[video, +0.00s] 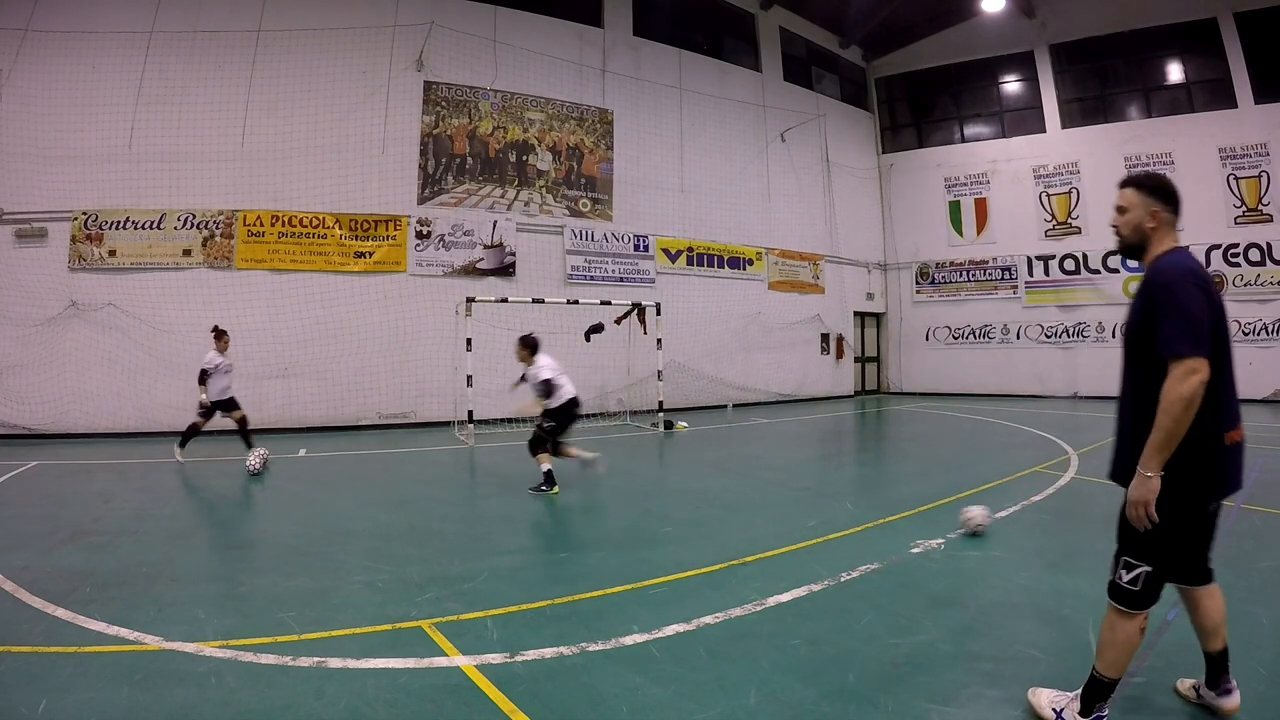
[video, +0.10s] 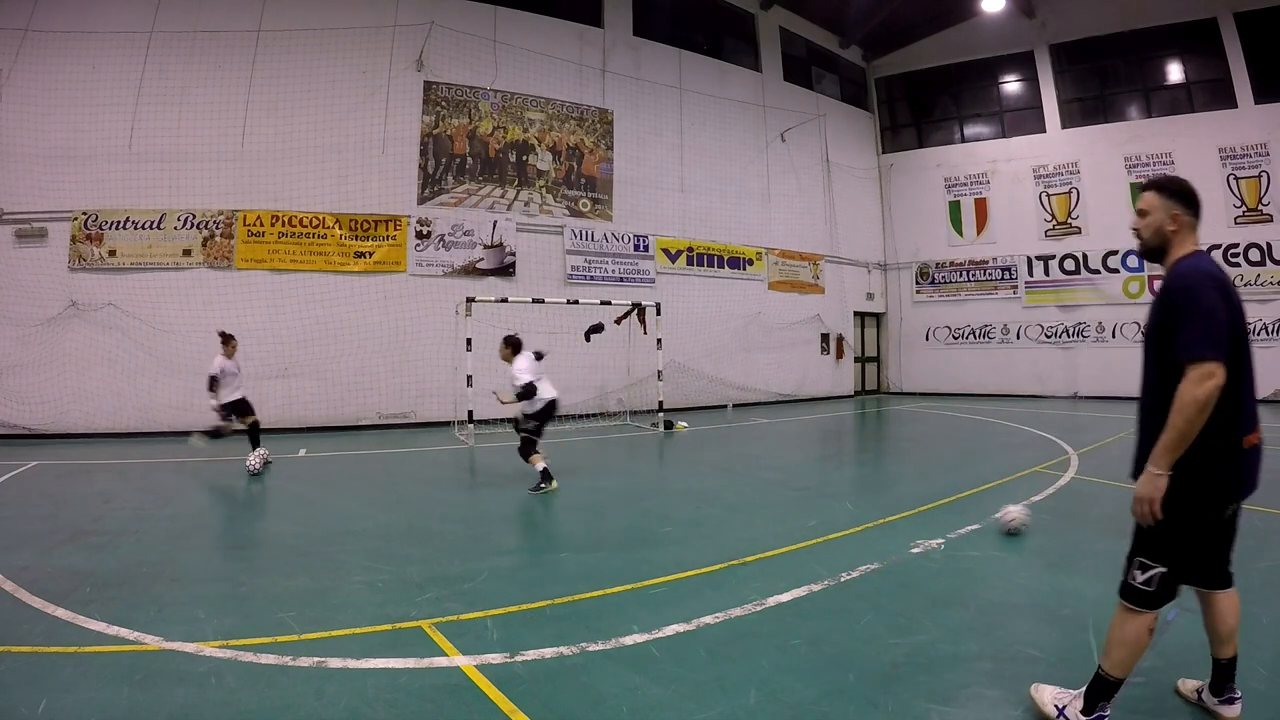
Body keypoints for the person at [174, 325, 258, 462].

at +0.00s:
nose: (227, 345)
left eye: (228, 342)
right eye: (225, 342)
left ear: (227, 342)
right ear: (217, 342)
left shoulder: (225, 356)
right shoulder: (212, 357)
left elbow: (221, 379)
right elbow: (202, 378)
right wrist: (203, 398)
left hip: (227, 398)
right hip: (212, 400)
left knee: (241, 419)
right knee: (198, 425)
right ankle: (180, 446)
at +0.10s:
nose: (235, 349)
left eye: (235, 347)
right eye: (232, 347)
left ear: (235, 347)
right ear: (224, 347)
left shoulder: (234, 361)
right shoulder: (219, 361)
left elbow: (233, 381)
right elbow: (212, 381)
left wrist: (238, 396)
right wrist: (213, 400)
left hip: (238, 398)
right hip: (225, 401)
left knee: (253, 423)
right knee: (227, 428)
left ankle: (258, 454)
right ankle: (204, 435)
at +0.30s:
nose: (249, 355)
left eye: (249, 352)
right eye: (247, 352)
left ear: (239, 352)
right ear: (238, 352)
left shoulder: (244, 364)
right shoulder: (231, 365)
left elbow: (244, 384)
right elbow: (228, 388)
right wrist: (238, 404)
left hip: (249, 398)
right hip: (237, 404)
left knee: (263, 420)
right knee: (260, 415)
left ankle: (259, 454)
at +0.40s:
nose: (252, 352)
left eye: (252, 349)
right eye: (250, 349)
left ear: (245, 349)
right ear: (240, 349)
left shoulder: (247, 362)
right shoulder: (232, 363)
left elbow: (246, 378)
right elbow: (226, 385)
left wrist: (253, 381)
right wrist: (231, 404)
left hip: (250, 396)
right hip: (241, 400)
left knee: (261, 423)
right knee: (265, 417)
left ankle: (258, 454)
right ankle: (273, 443)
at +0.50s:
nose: (253, 348)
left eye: (254, 345)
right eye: (251, 345)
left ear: (245, 345)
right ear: (242, 345)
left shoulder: (247, 358)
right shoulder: (234, 360)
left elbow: (245, 372)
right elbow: (225, 380)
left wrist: (253, 376)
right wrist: (224, 401)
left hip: (249, 394)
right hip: (238, 397)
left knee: (262, 420)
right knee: (258, 420)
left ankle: (258, 453)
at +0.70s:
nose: (254, 345)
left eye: (255, 342)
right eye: (253, 342)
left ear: (250, 341)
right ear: (244, 340)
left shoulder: (246, 354)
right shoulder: (236, 353)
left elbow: (240, 372)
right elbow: (222, 369)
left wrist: (247, 380)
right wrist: (227, 385)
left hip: (244, 398)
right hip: (232, 399)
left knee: (248, 424)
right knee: (234, 426)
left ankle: (257, 452)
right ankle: (227, 456)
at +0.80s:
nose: (256, 347)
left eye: (258, 345)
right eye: (255, 344)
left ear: (256, 343)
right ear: (247, 341)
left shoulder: (249, 355)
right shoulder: (236, 351)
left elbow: (240, 370)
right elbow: (222, 369)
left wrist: (243, 383)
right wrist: (226, 388)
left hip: (237, 394)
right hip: (225, 394)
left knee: (239, 421)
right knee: (223, 422)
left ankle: (238, 451)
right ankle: (225, 453)